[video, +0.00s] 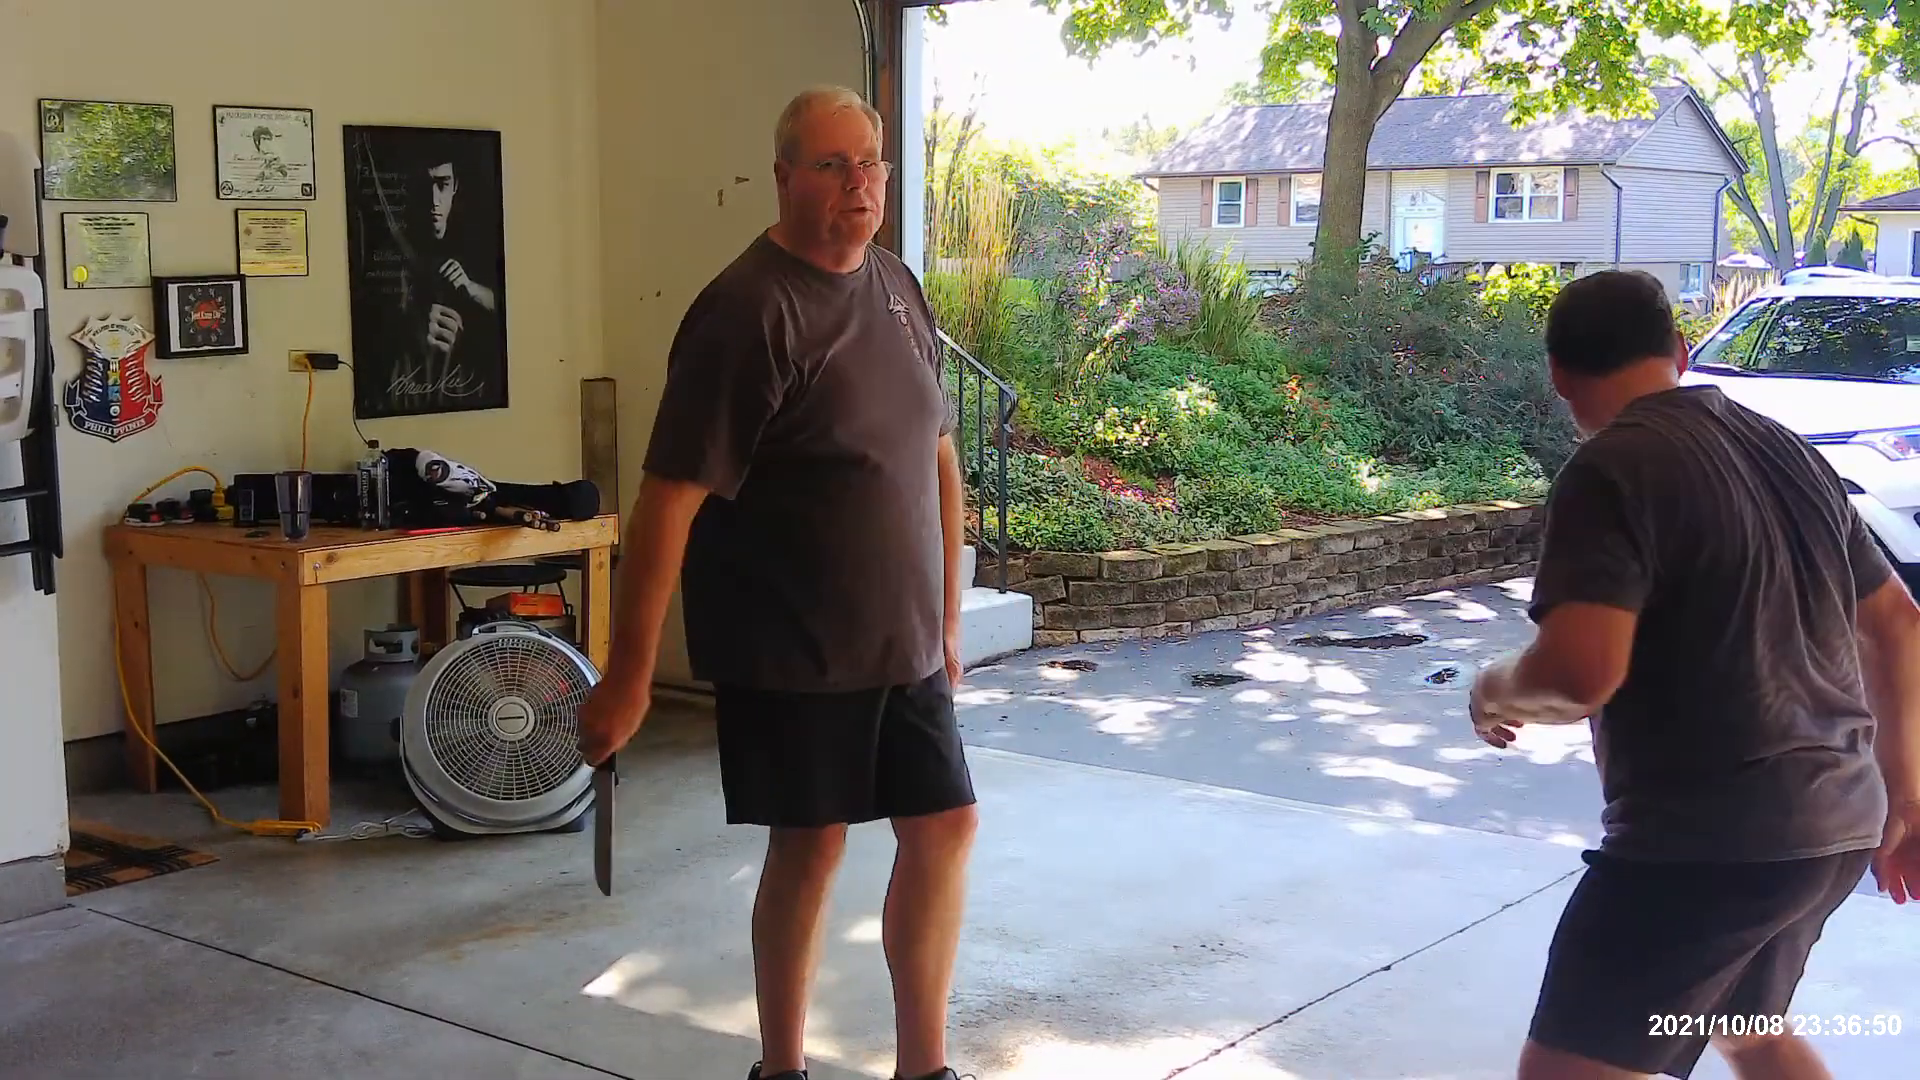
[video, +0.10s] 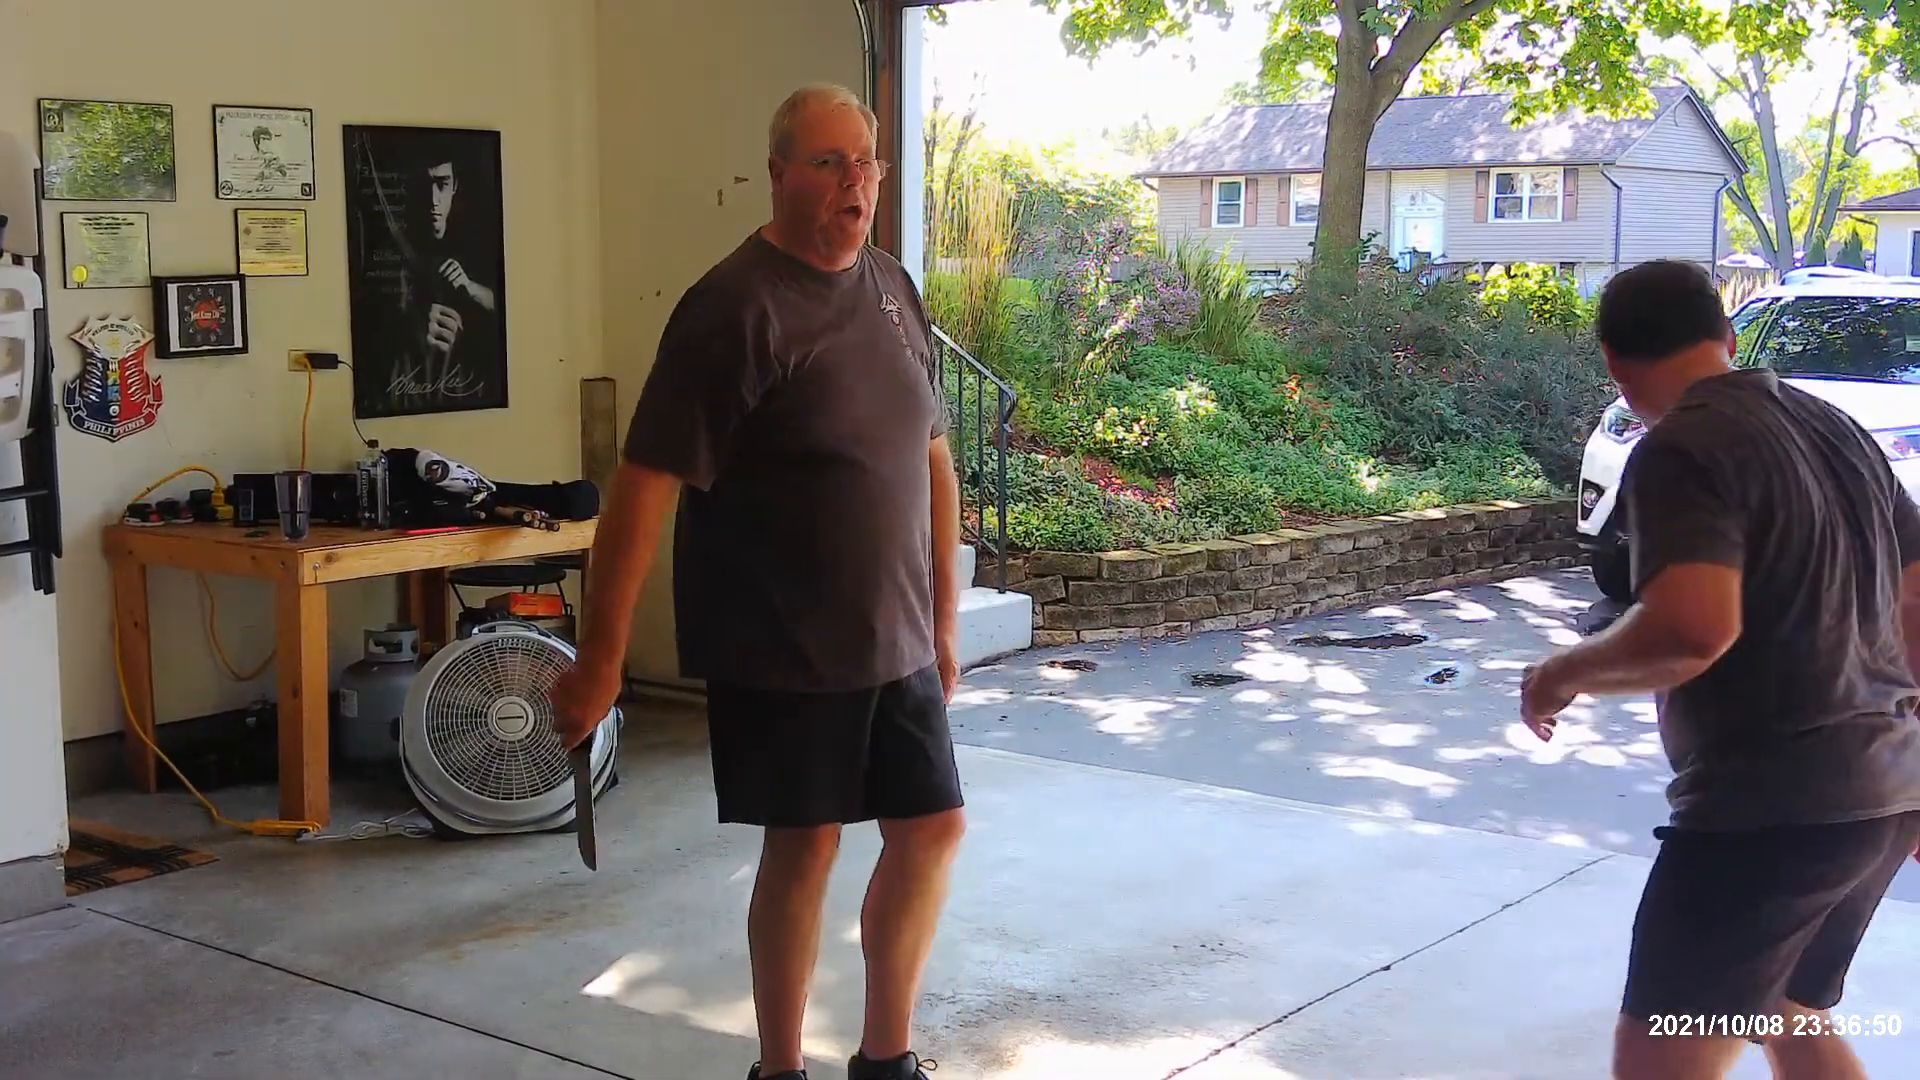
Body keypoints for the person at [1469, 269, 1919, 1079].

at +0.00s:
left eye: (1556, 380)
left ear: (1561, 378)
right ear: (1680, 349)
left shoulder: (1611, 466)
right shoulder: (1785, 447)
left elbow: (1583, 670)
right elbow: (1891, 615)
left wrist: (1500, 688)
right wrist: (1902, 796)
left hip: (1709, 834)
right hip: (1843, 816)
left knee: (1566, 1066)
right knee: (1750, 1021)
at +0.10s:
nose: (1622, 393)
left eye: (1614, 375)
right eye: (1619, 376)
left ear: (1618, 370)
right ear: (1725, 337)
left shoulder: (1684, 448)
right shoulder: (1833, 425)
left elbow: (1693, 625)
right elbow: (1912, 586)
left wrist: (1568, 670)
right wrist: (1894, 713)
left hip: (1771, 804)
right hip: (1890, 785)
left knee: (1662, 1052)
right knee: (1795, 1010)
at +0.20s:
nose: (1662, 354)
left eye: (1656, 338)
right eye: (1659, 340)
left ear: (1663, 335)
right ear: (1763, 300)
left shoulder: (1731, 406)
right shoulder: (1870, 380)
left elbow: (1762, 574)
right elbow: (1905, 531)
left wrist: (1640, 627)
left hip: (1812, 760)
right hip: (1905, 747)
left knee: (1733, 1010)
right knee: (1832, 993)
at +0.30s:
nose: (1690, 331)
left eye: (1683, 315)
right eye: (1685, 317)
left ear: (1693, 305)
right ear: (1789, 272)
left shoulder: (1754, 367)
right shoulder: (1882, 334)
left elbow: (1793, 530)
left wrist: (1701, 588)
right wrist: (1745, 580)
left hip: (1850, 713)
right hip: (1906, 698)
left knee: (1819, 964)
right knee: (1881, 945)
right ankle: (1897, 1064)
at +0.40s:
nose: (1718, 347)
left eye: (1712, 332)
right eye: (1715, 333)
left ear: (1723, 324)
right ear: (1812, 292)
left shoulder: (1782, 386)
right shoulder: (1894, 350)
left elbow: (1828, 551)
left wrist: (1747, 619)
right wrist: (1783, 605)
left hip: (1880, 729)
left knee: (1873, 979)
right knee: (1895, 955)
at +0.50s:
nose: (1751, 419)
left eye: (1745, 400)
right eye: (1749, 400)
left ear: (1757, 394)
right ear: (1850, 367)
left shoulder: (1808, 459)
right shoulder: (1904, 415)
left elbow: (1858, 626)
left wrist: (1795, 711)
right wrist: (1822, 694)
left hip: (1907, 779)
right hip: (1907, 772)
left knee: (1838, 978)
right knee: (1842, 973)